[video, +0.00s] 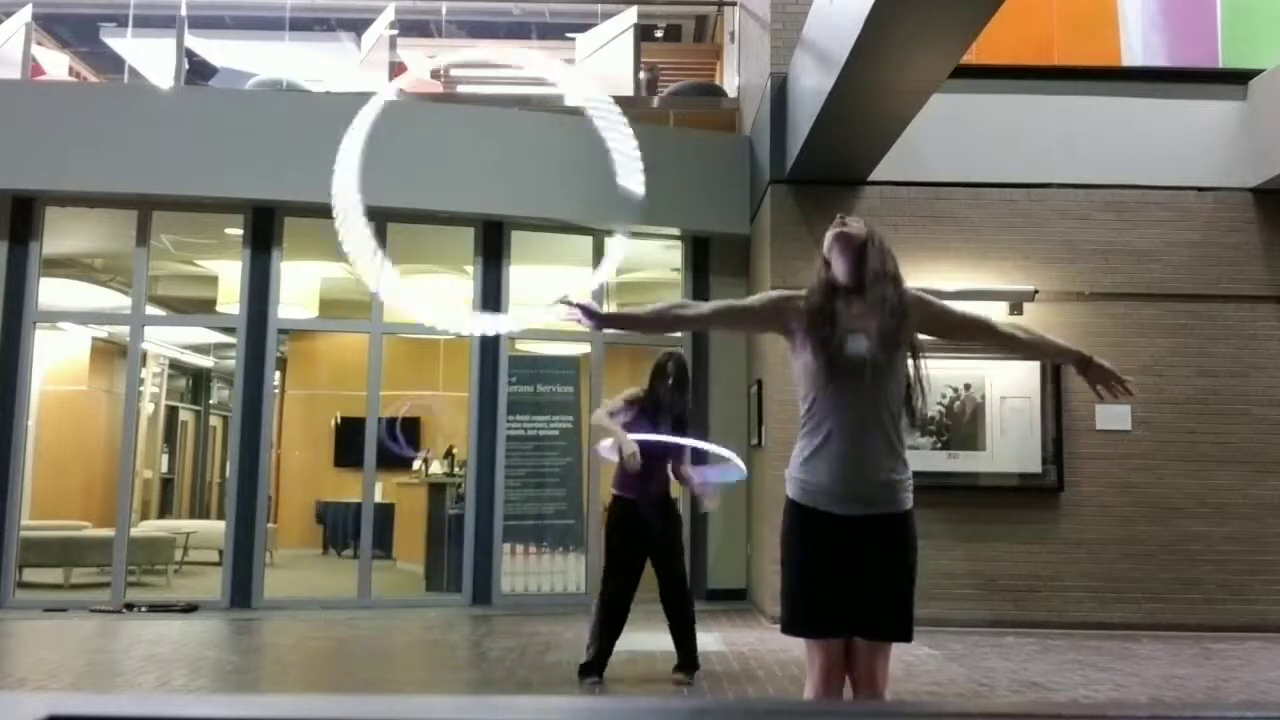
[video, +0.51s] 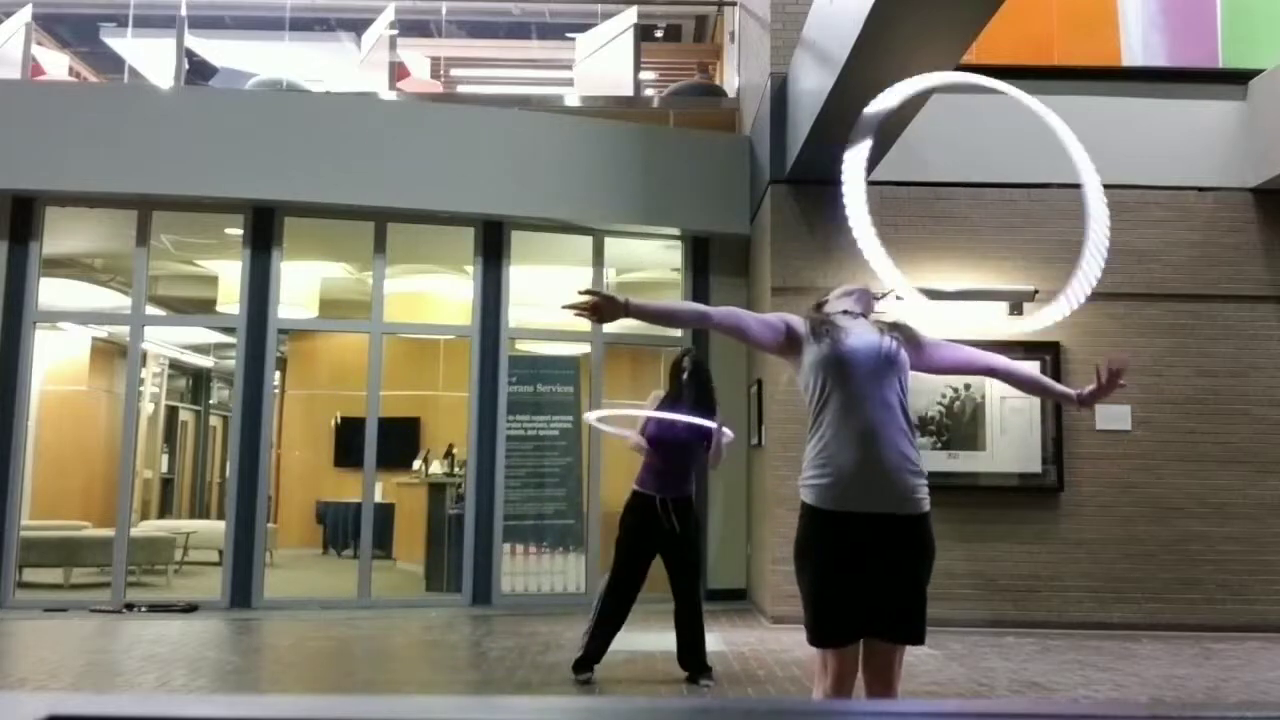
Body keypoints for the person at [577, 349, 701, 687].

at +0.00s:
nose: (670, 388)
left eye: (677, 382)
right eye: (665, 380)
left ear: (684, 385)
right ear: (655, 378)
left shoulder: (679, 417)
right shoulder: (637, 401)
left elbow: (680, 465)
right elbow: (599, 418)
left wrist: (700, 487)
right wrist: (624, 438)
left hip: (662, 507)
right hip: (627, 507)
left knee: (675, 588)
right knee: (616, 591)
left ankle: (687, 664)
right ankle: (593, 669)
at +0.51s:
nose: (687, 379)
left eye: (693, 373)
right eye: (683, 372)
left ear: (703, 379)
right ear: (674, 375)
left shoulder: (706, 414)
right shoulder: (659, 402)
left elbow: (713, 462)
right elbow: (639, 442)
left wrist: (719, 440)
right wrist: (638, 444)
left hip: (680, 506)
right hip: (644, 503)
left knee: (688, 592)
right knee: (622, 586)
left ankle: (696, 668)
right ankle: (586, 662)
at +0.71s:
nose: (679, 383)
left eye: (687, 377)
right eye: (674, 375)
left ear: (697, 382)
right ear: (666, 379)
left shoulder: (706, 416)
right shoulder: (654, 410)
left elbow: (706, 466)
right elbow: (644, 437)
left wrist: (676, 440)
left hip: (681, 513)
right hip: (642, 510)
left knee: (690, 596)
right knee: (621, 593)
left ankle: (698, 671)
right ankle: (591, 671)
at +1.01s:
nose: (656, 398)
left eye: (662, 393)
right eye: (651, 390)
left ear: (669, 397)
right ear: (638, 391)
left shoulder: (668, 428)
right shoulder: (615, 418)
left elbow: (666, 471)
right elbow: (599, 465)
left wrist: (642, 440)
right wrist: (603, 440)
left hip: (654, 523)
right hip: (617, 522)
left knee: (676, 599)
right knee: (614, 601)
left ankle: (698, 669)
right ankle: (592, 668)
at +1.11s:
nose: (647, 393)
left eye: (653, 388)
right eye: (642, 386)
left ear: (660, 393)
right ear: (631, 387)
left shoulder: (661, 428)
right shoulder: (607, 416)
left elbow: (667, 471)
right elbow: (596, 461)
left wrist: (635, 437)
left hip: (638, 517)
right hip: (604, 517)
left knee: (661, 595)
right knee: (607, 600)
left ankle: (694, 669)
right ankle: (591, 670)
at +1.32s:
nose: (639, 382)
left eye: (643, 376)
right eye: (634, 374)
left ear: (647, 378)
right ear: (621, 374)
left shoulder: (638, 408)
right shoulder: (600, 397)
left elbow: (625, 454)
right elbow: (588, 441)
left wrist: (656, 467)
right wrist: (624, 469)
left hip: (625, 508)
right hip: (597, 507)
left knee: (641, 587)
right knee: (598, 589)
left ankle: (659, 666)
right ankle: (585, 670)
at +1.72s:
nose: (634, 390)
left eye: (639, 384)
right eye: (629, 381)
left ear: (644, 386)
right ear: (618, 380)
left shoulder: (642, 415)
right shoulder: (593, 409)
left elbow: (642, 462)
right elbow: (591, 454)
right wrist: (624, 424)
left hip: (628, 510)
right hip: (595, 510)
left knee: (646, 589)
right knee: (594, 590)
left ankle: (666, 666)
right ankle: (578, 667)